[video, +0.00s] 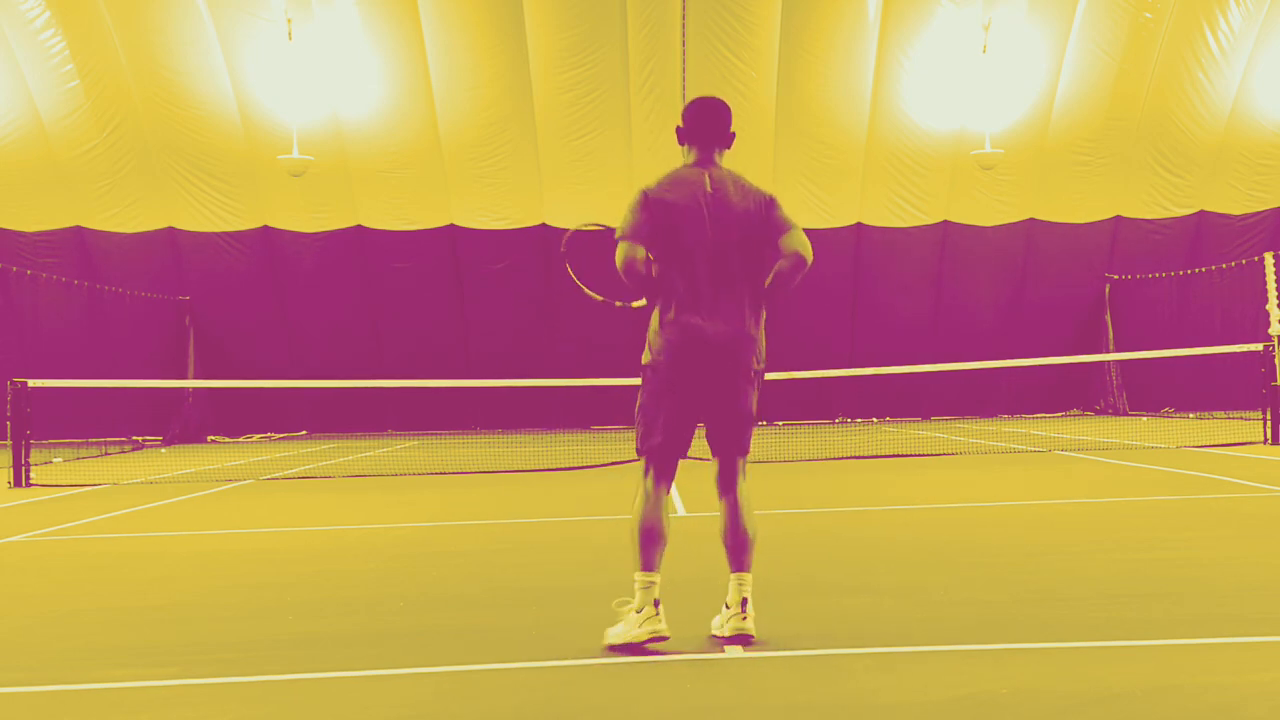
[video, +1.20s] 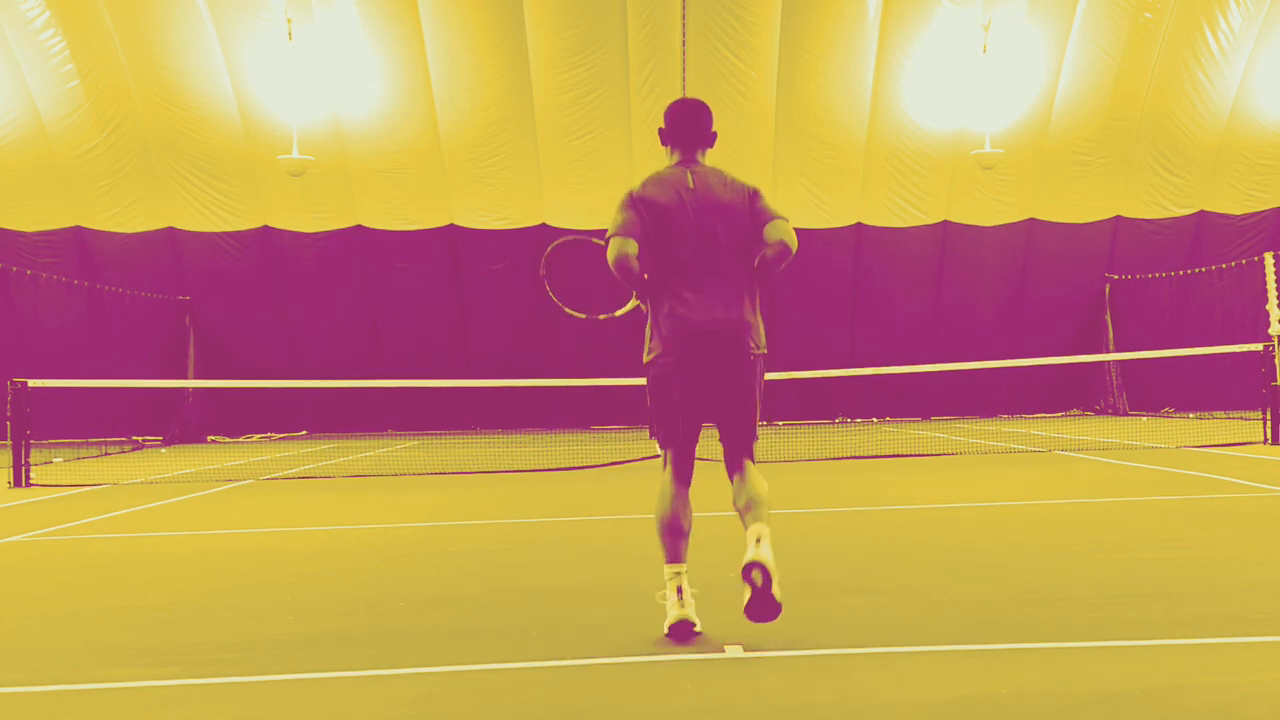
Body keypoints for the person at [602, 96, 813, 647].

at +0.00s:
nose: (697, 148)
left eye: (688, 137)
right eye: (716, 139)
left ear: (681, 138)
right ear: (730, 140)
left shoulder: (657, 196)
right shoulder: (757, 199)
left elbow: (629, 264)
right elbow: (800, 255)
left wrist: (656, 287)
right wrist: (760, 292)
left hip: (676, 347)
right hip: (737, 349)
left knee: (656, 477)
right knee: (732, 480)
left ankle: (646, 608)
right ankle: (739, 608)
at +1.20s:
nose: (678, 147)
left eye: (670, 137)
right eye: (699, 138)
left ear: (664, 141)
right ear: (713, 141)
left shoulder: (643, 195)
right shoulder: (744, 194)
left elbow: (620, 257)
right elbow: (783, 241)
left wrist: (650, 294)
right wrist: (744, 280)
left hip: (673, 347)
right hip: (737, 344)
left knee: (676, 472)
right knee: (741, 460)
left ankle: (679, 597)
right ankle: (759, 548)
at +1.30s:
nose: (675, 166)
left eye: (664, 156)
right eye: (694, 156)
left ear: (660, 159)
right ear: (708, 160)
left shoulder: (637, 216)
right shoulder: (738, 212)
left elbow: (621, 287)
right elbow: (784, 267)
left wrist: (653, 322)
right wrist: (749, 313)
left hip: (671, 363)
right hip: (733, 359)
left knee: (673, 486)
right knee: (748, 471)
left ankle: (680, 605)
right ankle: (768, 515)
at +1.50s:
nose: (692, 149)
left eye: (681, 137)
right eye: (711, 140)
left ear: (673, 140)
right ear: (721, 142)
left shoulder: (647, 196)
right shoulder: (750, 195)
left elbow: (632, 275)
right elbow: (793, 252)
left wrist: (661, 295)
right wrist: (755, 291)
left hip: (673, 340)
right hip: (736, 338)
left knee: (666, 464)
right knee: (741, 461)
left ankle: (664, 590)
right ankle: (756, 583)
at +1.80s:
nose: (718, 168)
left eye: (697, 157)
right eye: (726, 158)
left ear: (682, 158)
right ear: (731, 161)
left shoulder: (648, 213)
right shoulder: (750, 218)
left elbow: (629, 297)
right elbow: (789, 288)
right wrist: (746, 321)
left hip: (665, 358)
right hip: (727, 358)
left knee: (645, 478)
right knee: (728, 480)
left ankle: (633, 587)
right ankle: (748, 598)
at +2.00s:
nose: (700, 169)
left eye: (674, 160)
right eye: (706, 160)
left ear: (660, 161)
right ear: (710, 163)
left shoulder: (626, 219)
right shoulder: (734, 223)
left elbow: (610, 303)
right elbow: (762, 301)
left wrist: (624, 346)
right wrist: (722, 326)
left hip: (646, 367)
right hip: (715, 368)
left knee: (629, 482)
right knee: (719, 483)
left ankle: (609, 585)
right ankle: (734, 604)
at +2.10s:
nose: (676, 180)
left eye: (659, 169)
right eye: (685, 170)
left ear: (642, 173)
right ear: (692, 174)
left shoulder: (609, 232)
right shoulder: (719, 236)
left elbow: (600, 324)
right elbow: (743, 320)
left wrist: (636, 357)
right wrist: (696, 343)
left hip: (630, 378)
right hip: (700, 376)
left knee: (619, 497)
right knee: (709, 491)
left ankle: (576, 575)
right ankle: (733, 603)